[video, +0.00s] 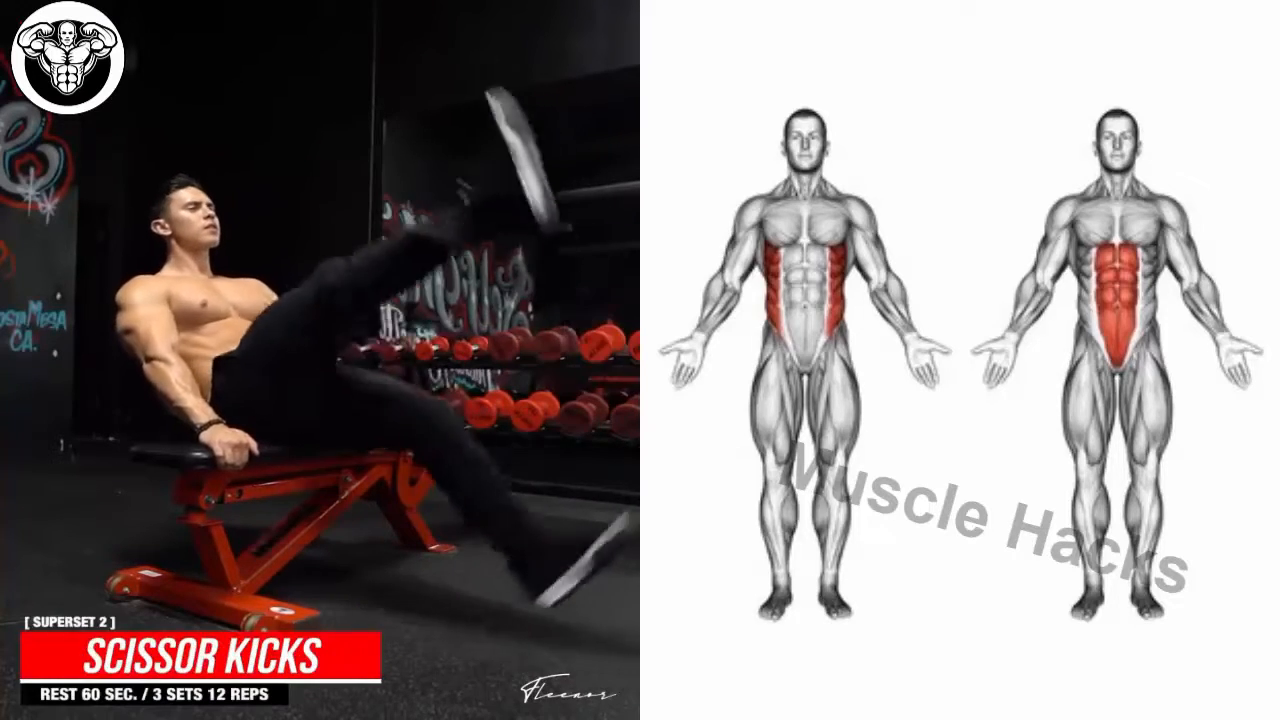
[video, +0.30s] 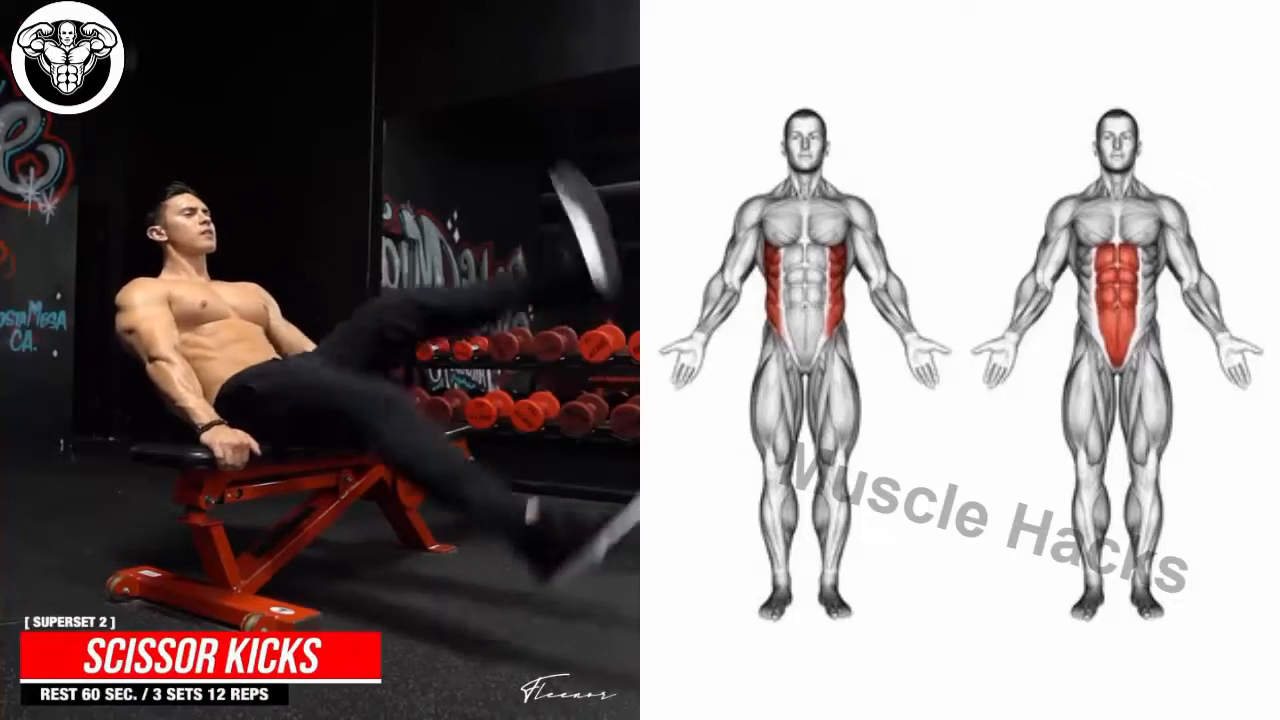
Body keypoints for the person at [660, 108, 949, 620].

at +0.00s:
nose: (804, 145)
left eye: (812, 138)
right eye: (797, 138)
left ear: (825, 146)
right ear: (785, 145)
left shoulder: (852, 211)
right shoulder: (758, 211)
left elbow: (881, 282)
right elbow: (729, 281)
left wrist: (910, 336)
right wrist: (700, 336)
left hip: (832, 355)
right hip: (777, 355)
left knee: (834, 467)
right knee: (777, 469)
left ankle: (830, 584)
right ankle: (780, 585)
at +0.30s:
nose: (804, 146)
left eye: (812, 138)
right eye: (797, 138)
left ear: (825, 145)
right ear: (785, 145)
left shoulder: (852, 211)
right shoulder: (758, 211)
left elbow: (881, 282)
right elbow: (729, 281)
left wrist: (910, 336)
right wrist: (700, 336)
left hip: (832, 355)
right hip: (777, 355)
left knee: (834, 467)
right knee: (777, 469)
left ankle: (830, 584)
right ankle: (780, 585)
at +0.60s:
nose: (805, 146)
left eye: (812, 138)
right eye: (797, 138)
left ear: (825, 145)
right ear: (785, 145)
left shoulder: (852, 211)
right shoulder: (758, 211)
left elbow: (881, 281)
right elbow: (729, 281)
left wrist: (910, 336)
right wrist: (700, 336)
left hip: (832, 355)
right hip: (777, 355)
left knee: (834, 467)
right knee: (777, 468)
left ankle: (830, 584)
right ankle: (780, 585)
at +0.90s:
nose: (805, 146)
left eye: (812, 138)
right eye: (797, 138)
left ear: (825, 145)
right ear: (785, 145)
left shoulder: (852, 211)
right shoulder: (758, 211)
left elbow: (881, 281)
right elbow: (729, 281)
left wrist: (910, 336)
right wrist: (700, 336)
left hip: (832, 356)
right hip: (777, 355)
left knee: (834, 467)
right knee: (777, 469)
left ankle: (830, 584)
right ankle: (780, 585)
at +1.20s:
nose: (805, 146)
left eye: (812, 138)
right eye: (797, 138)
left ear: (825, 146)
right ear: (785, 146)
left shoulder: (852, 211)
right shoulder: (758, 211)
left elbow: (881, 281)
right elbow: (729, 282)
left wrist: (910, 336)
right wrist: (700, 336)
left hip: (832, 356)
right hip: (777, 355)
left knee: (834, 468)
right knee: (777, 469)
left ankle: (829, 584)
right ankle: (780, 585)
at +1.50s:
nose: (805, 146)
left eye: (812, 138)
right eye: (797, 138)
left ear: (825, 145)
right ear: (785, 145)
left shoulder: (852, 211)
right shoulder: (758, 211)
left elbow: (881, 281)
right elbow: (729, 281)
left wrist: (910, 336)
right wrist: (700, 336)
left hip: (832, 356)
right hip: (777, 355)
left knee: (834, 467)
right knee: (777, 469)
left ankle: (830, 584)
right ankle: (780, 585)